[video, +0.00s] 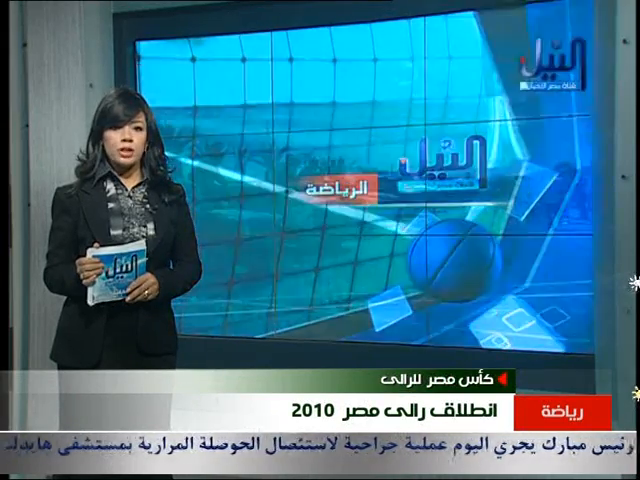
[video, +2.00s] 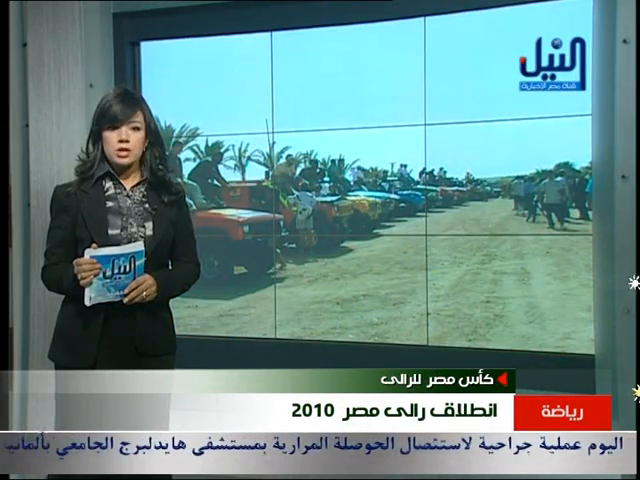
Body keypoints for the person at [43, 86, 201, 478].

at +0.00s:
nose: (127, 137)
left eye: (137, 128)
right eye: (117, 128)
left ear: (148, 137)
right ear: (100, 137)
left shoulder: (170, 197)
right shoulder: (72, 198)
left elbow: (190, 267)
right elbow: (54, 274)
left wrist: (162, 282)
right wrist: (78, 273)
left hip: (151, 348)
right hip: (86, 348)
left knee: (150, 452)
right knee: (84, 453)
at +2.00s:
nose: (124, 137)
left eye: (134, 128)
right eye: (113, 128)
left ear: (148, 137)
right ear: (99, 137)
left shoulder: (170, 196)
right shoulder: (71, 197)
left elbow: (189, 267)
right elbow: (51, 271)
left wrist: (160, 282)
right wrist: (74, 274)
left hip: (149, 348)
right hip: (84, 349)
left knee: (149, 451)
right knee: (81, 451)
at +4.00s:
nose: (117, 136)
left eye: (127, 125)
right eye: (106, 128)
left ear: (143, 133)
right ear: (95, 138)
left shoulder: (169, 195)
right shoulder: (71, 197)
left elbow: (189, 267)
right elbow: (51, 272)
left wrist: (160, 283)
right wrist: (74, 275)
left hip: (148, 346)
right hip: (84, 347)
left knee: (148, 450)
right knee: (81, 451)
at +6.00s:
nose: (130, 136)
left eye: (139, 128)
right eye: (120, 127)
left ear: (149, 137)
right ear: (101, 134)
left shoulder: (166, 195)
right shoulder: (67, 197)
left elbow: (186, 265)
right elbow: (48, 272)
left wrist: (159, 281)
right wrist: (73, 274)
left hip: (147, 348)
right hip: (82, 348)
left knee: (145, 452)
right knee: (79, 452)